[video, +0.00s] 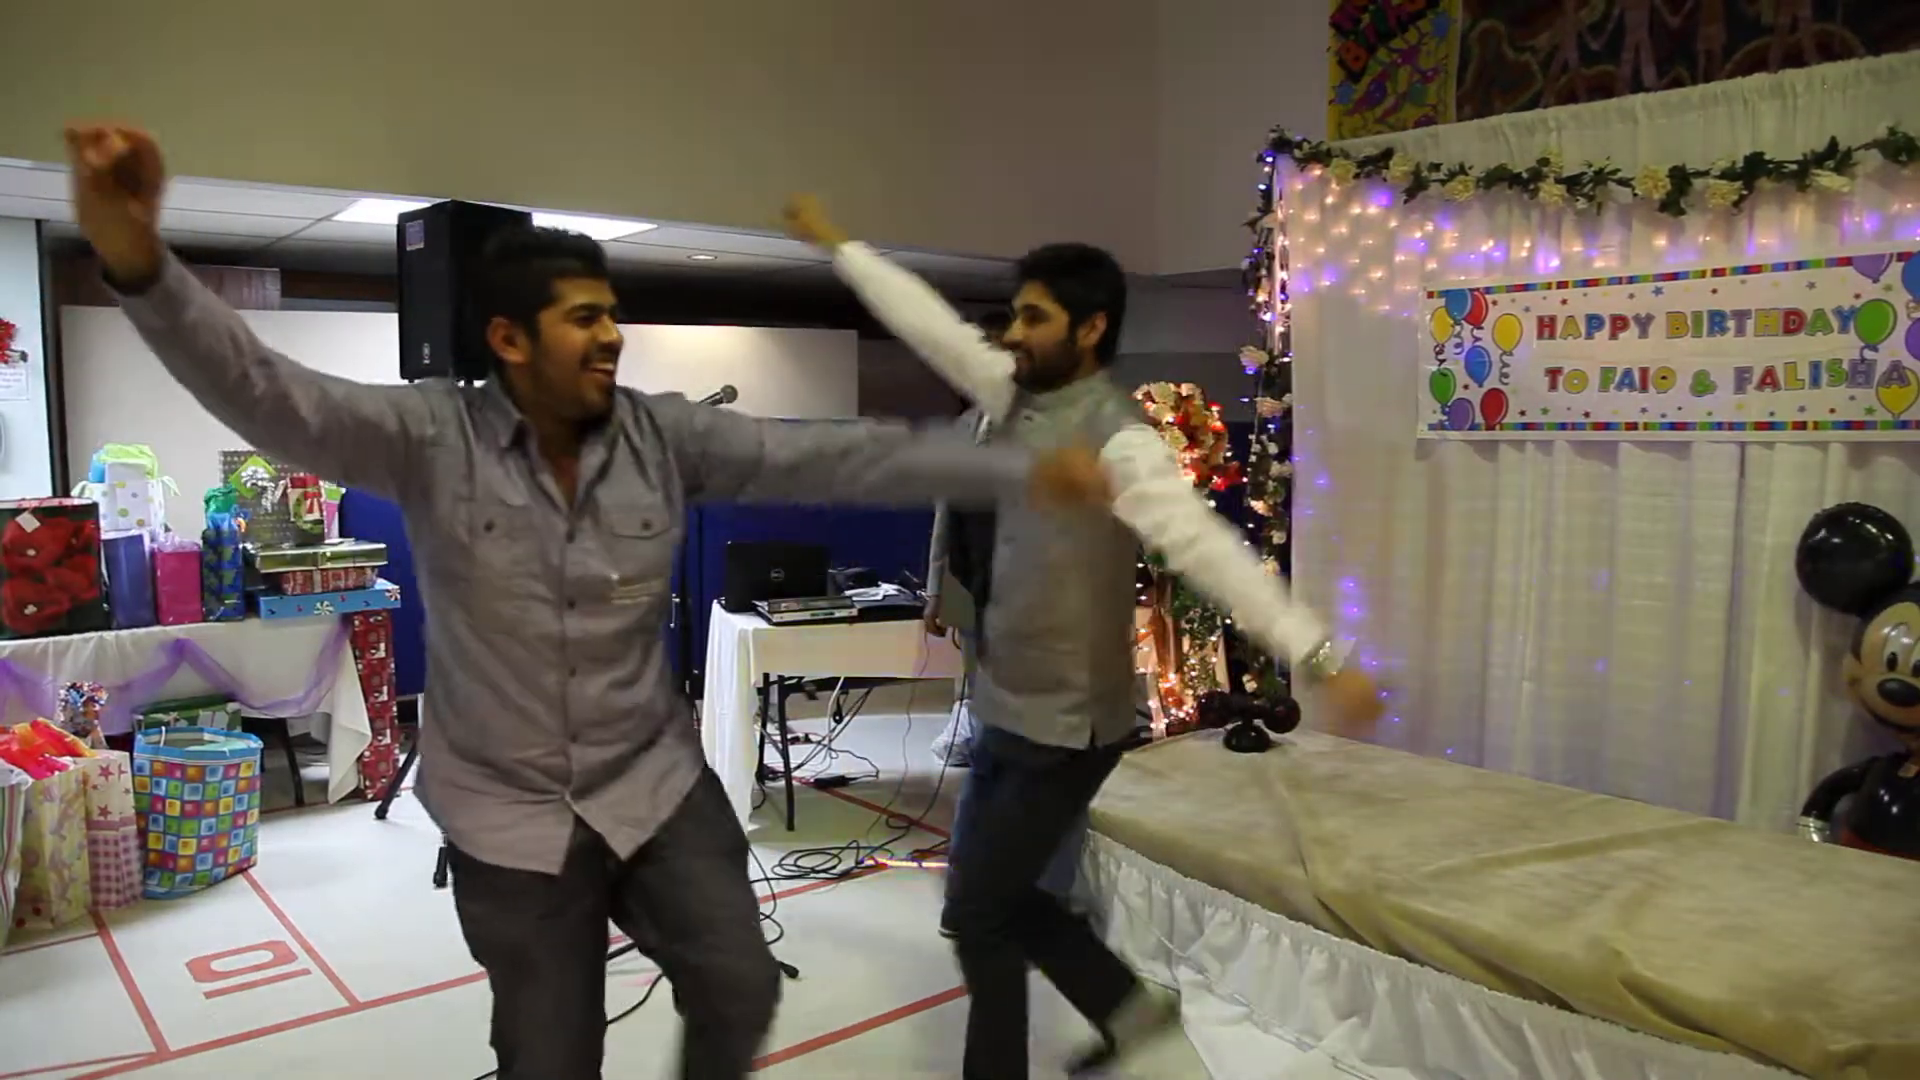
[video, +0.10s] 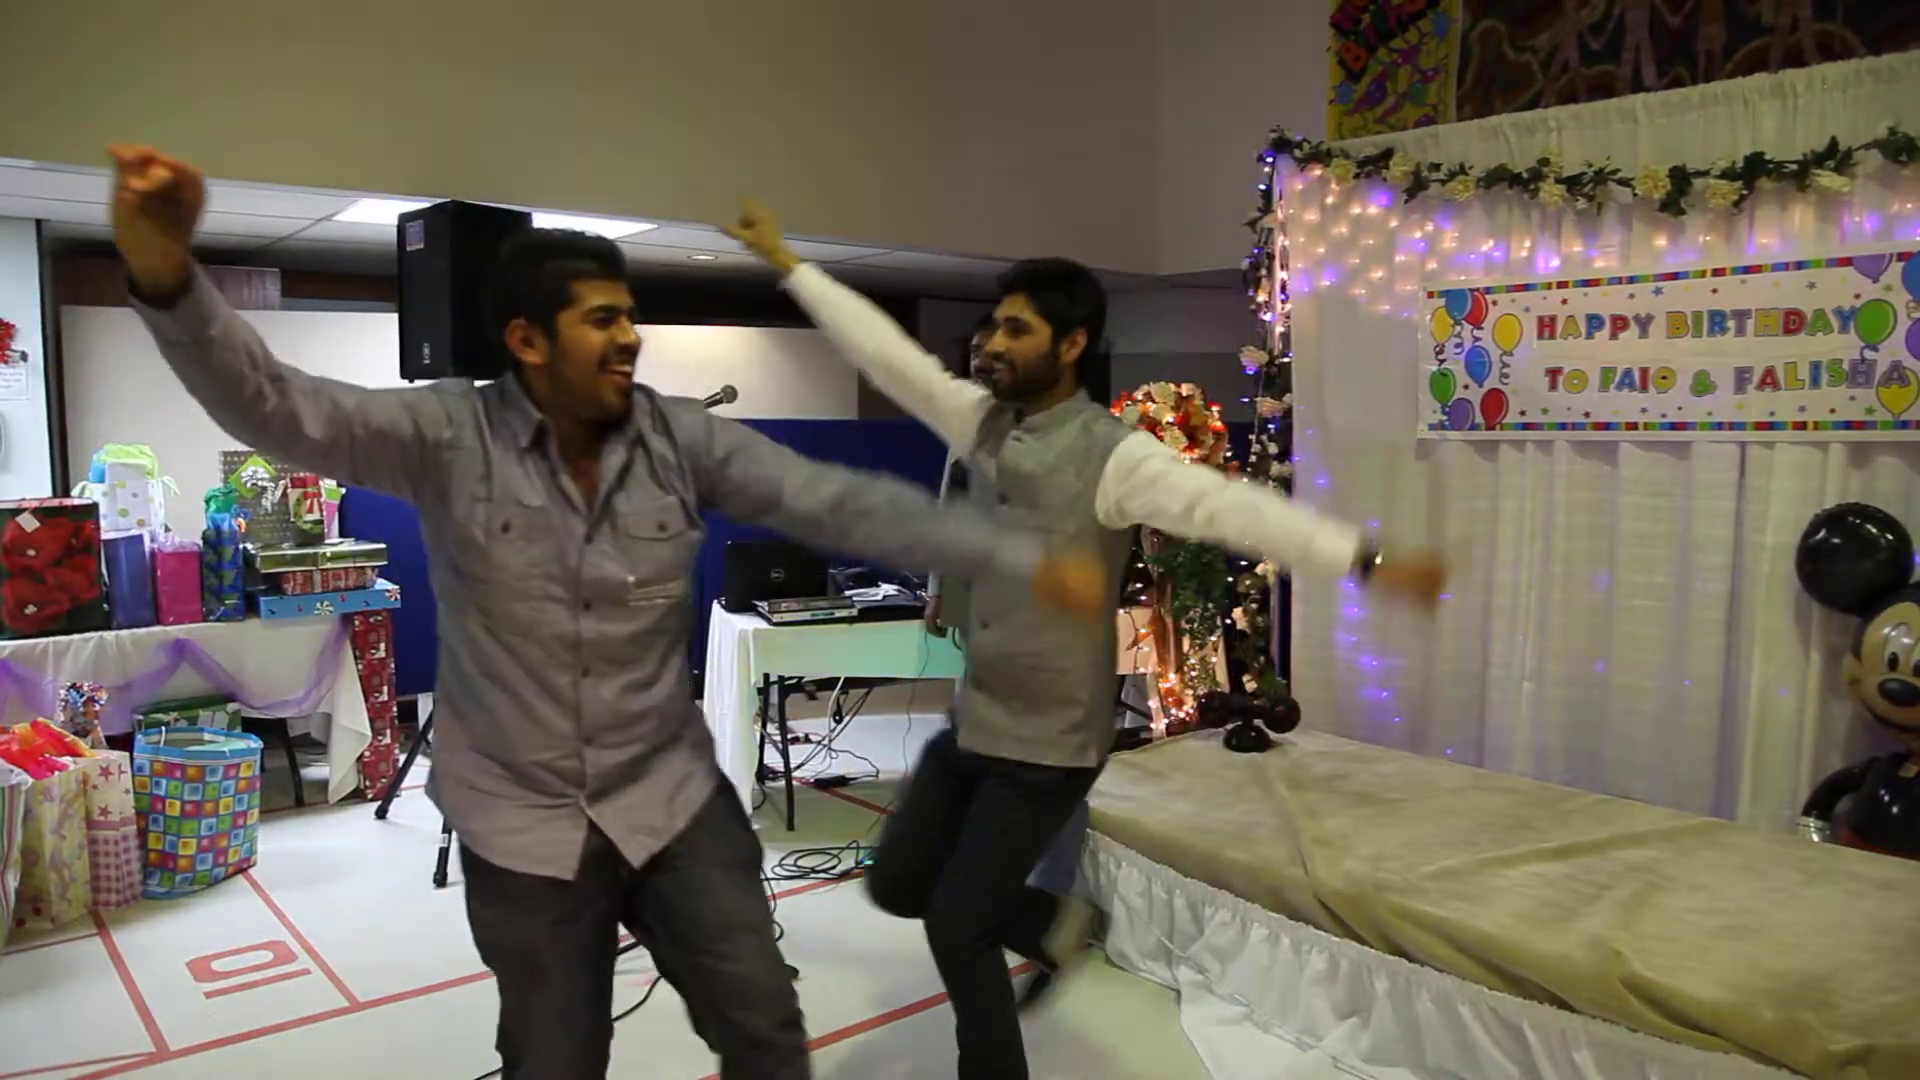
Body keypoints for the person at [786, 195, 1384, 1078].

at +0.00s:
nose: (1012, 333)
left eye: (1033, 318)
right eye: (1014, 316)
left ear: (1091, 329)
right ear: (1024, 326)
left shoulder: (1118, 440)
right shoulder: (1014, 400)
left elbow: (1200, 546)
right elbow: (929, 326)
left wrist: (1316, 655)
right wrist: (838, 243)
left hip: (1071, 721)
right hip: (1006, 704)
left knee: (980, 915)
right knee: (990, 892)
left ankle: (993, 1070)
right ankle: (1131, 1010)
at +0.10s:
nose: (990, 342)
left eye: (1014, 330)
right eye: (991, 327)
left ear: (1071, 349)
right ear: (992, 335)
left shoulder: (1116, 457)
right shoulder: (984, 427)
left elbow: (1224, 505)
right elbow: (889, 357)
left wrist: (1364, 556)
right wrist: (788, 265)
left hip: (1053, 744)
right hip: (975, 724)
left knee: (961, 926)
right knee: (898, 886)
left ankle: (995, 1074)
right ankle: (1045, 922)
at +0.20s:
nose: (981, 341)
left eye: (1003, 326)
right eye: (979, 325)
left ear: (1060, 342)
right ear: (982, 338)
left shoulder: (1103, 448)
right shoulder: (954, 424)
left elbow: (1234, 460)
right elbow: (850, 355)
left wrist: (1372, 465)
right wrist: (745, 265)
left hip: (1039, 743)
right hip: (943, 715)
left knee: (962, 931)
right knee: (862, 875)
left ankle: (994, 1066)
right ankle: (966, 928)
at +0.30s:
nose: (963, 329)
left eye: (984, 313)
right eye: (958, 313)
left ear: (1039, 325)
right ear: (957, 325)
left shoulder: (1087, 431)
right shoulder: (927, 414)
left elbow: (1220, 419)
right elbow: (811, 344)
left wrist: (1375, 402)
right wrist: (694, 250)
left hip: (1026, 731)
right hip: (923, 709)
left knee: (966, 929)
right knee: (867, 886)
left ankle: (981, 1071)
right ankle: (914, 960)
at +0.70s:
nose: (896, 323)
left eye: (915, 309)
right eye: (881, 307)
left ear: (948, 324)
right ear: (856, 322)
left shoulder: (988, 413)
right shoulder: (825, 412)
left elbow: (1096, 371)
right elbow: (739, 324)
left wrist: (1221, 301)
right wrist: (659, 200)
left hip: (956, 727)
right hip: (852, 731)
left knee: (985, 933)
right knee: (892, 951)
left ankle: (929, 1074)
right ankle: (828, 1077)